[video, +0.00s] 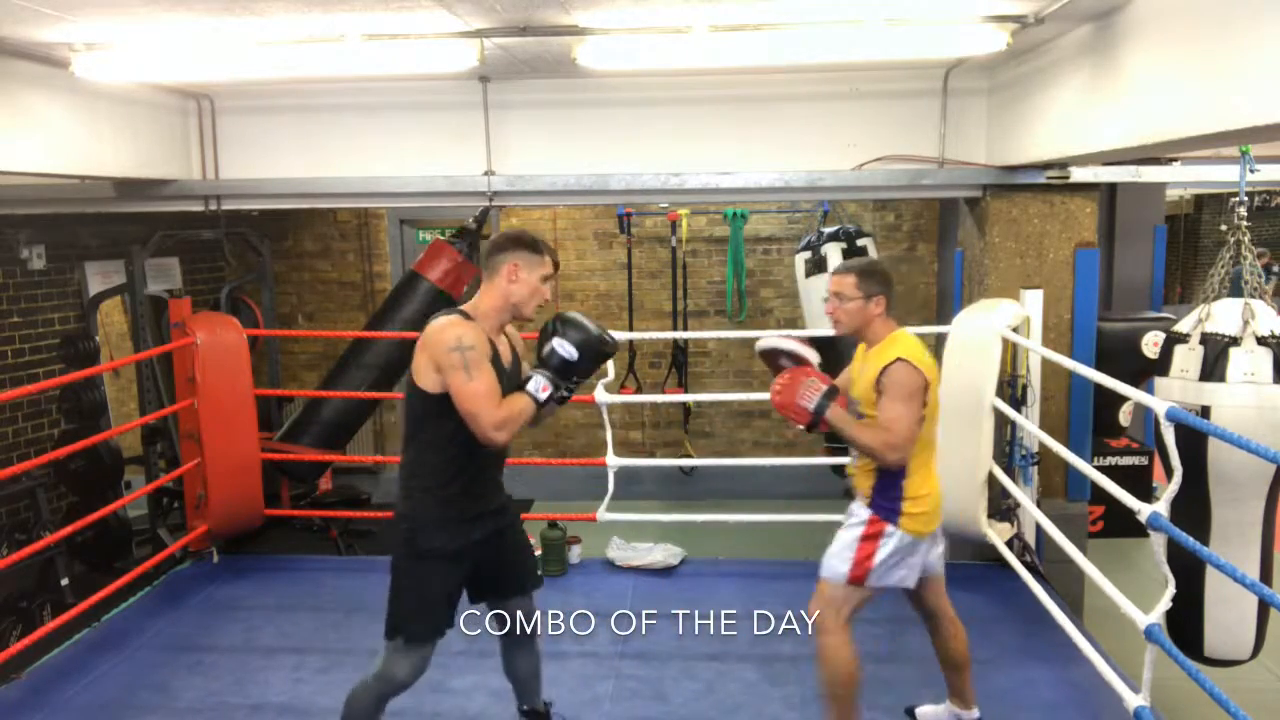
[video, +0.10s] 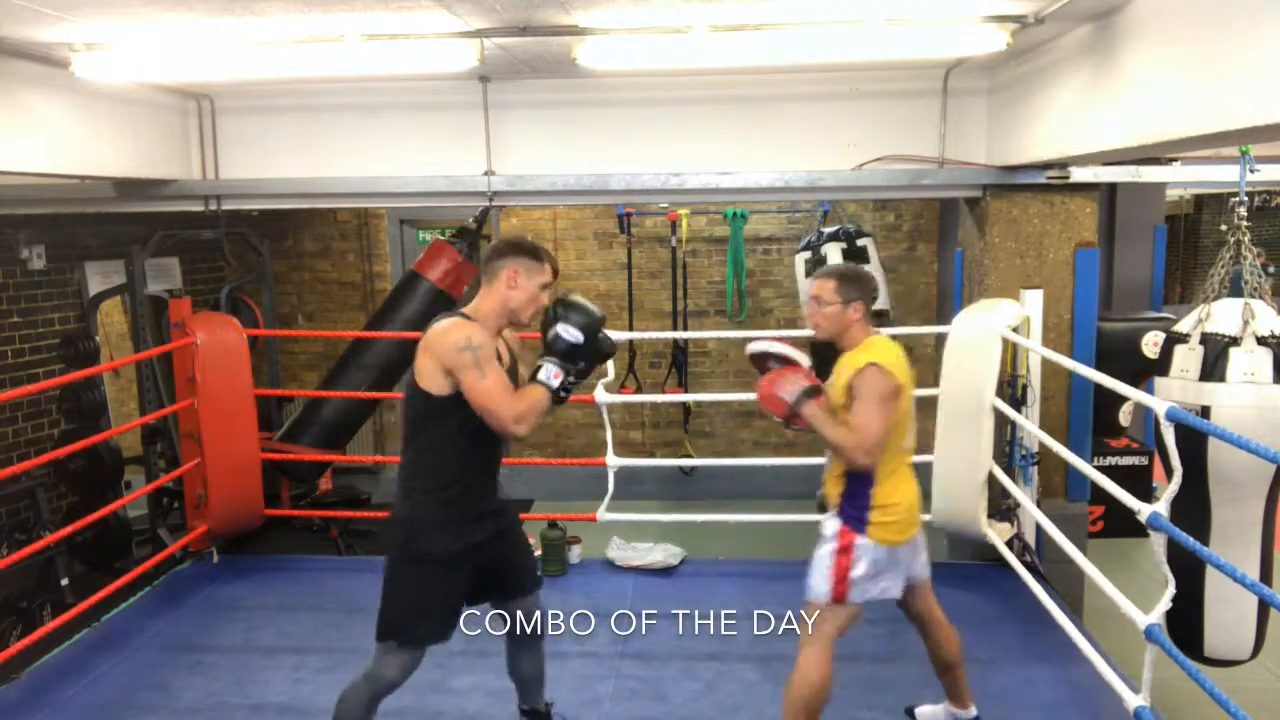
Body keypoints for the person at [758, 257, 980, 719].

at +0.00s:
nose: (830, 309)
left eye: (840, 300)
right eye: (830, 299)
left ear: (875, 305)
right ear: (871, 306)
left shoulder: (902, 363)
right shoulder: (871, 352)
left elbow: (892, 448)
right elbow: (842, 401)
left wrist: (825, 408)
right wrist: (809, 390)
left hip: (888, 514)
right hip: (913, 510)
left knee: (828, 615)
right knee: (936, 609)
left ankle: (843, 714)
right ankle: (964, 707)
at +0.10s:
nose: (809, 312)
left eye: (820, 304)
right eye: (810, 302)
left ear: (854, 311)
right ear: (854, 312)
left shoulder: (874, 366)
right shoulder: (872, 354)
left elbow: (863, 450)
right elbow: (856, 427)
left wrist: (807, 402)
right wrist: (808, 406)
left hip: (863, 523)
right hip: (897, 515)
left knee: (816, 638)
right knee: (926, 613)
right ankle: (962, 707)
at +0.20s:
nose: (780, 311)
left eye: (790, 302)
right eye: (781, 300)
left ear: (825, 310)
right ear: (827, 312)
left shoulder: (829, 365)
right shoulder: (862, 352)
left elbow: (807, 432)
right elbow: (832, 422)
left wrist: (755, 391)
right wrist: (782, 387)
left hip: (834, 526)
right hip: (874, 515)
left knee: (789, 643)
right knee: (904, 610)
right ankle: (954, 702)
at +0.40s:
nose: (741, 298)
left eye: (752, 290)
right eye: (744, 288)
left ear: (787, 299)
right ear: (791, 301)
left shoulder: (787, 350)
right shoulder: (818, 343)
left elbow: (739, 397)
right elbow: (737, 368)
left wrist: (655, 374)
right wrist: (702, 337)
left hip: (800, 517)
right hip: (840, 505)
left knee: (771, 642)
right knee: (857, 610)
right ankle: (906, 708)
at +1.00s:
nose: (705, 306)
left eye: (714, 296)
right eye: (705, 296)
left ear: (749, 303)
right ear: (748, 305)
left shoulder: (765, 358)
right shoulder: (767, 347)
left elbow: (726, 429)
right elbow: (711, 405)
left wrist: (652, 402)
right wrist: (688, 350)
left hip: (775, 519)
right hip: (801, 510)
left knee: (751, 652)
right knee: (815, 610)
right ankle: (863, 708)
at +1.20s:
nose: (695, 306)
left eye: (705, 297)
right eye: (696, 296)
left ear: (740, 303)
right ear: (744, 304)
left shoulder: (749, 359)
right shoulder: (783, 347)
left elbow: (704, 421)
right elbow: (743, 415)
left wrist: (625, 390)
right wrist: (676, 421)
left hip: (757, 525)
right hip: (798, 512)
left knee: (735, 652)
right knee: (811, 612)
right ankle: (854, 712)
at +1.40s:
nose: (671, 318)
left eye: (679, 308)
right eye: (672, 308)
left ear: (712, 312)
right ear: (716, 313)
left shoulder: (734, 362)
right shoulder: (756, 350)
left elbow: (685, 427)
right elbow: (748, 422)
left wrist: (621, 389)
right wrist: (692, 442)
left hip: (759, 537)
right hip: (797, 523)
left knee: (727, 657)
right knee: (807, 611)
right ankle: (860, 706)